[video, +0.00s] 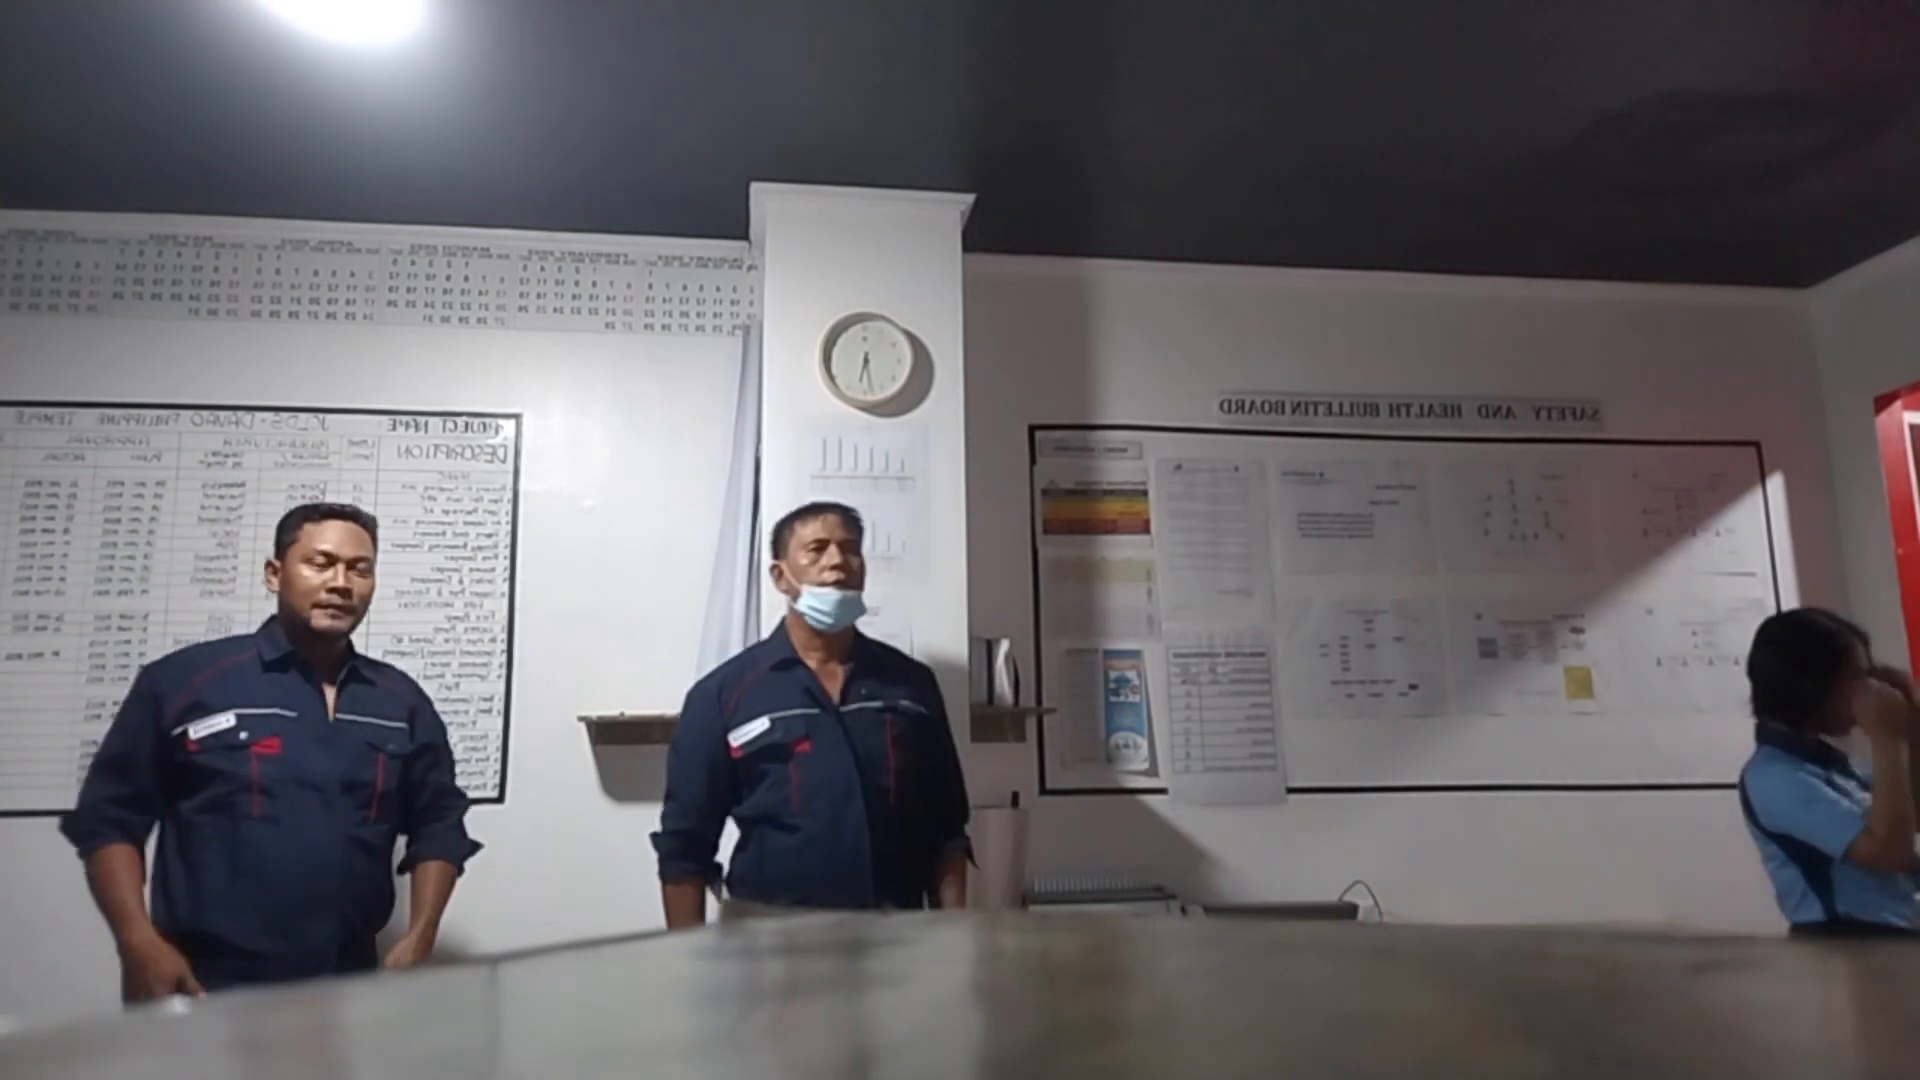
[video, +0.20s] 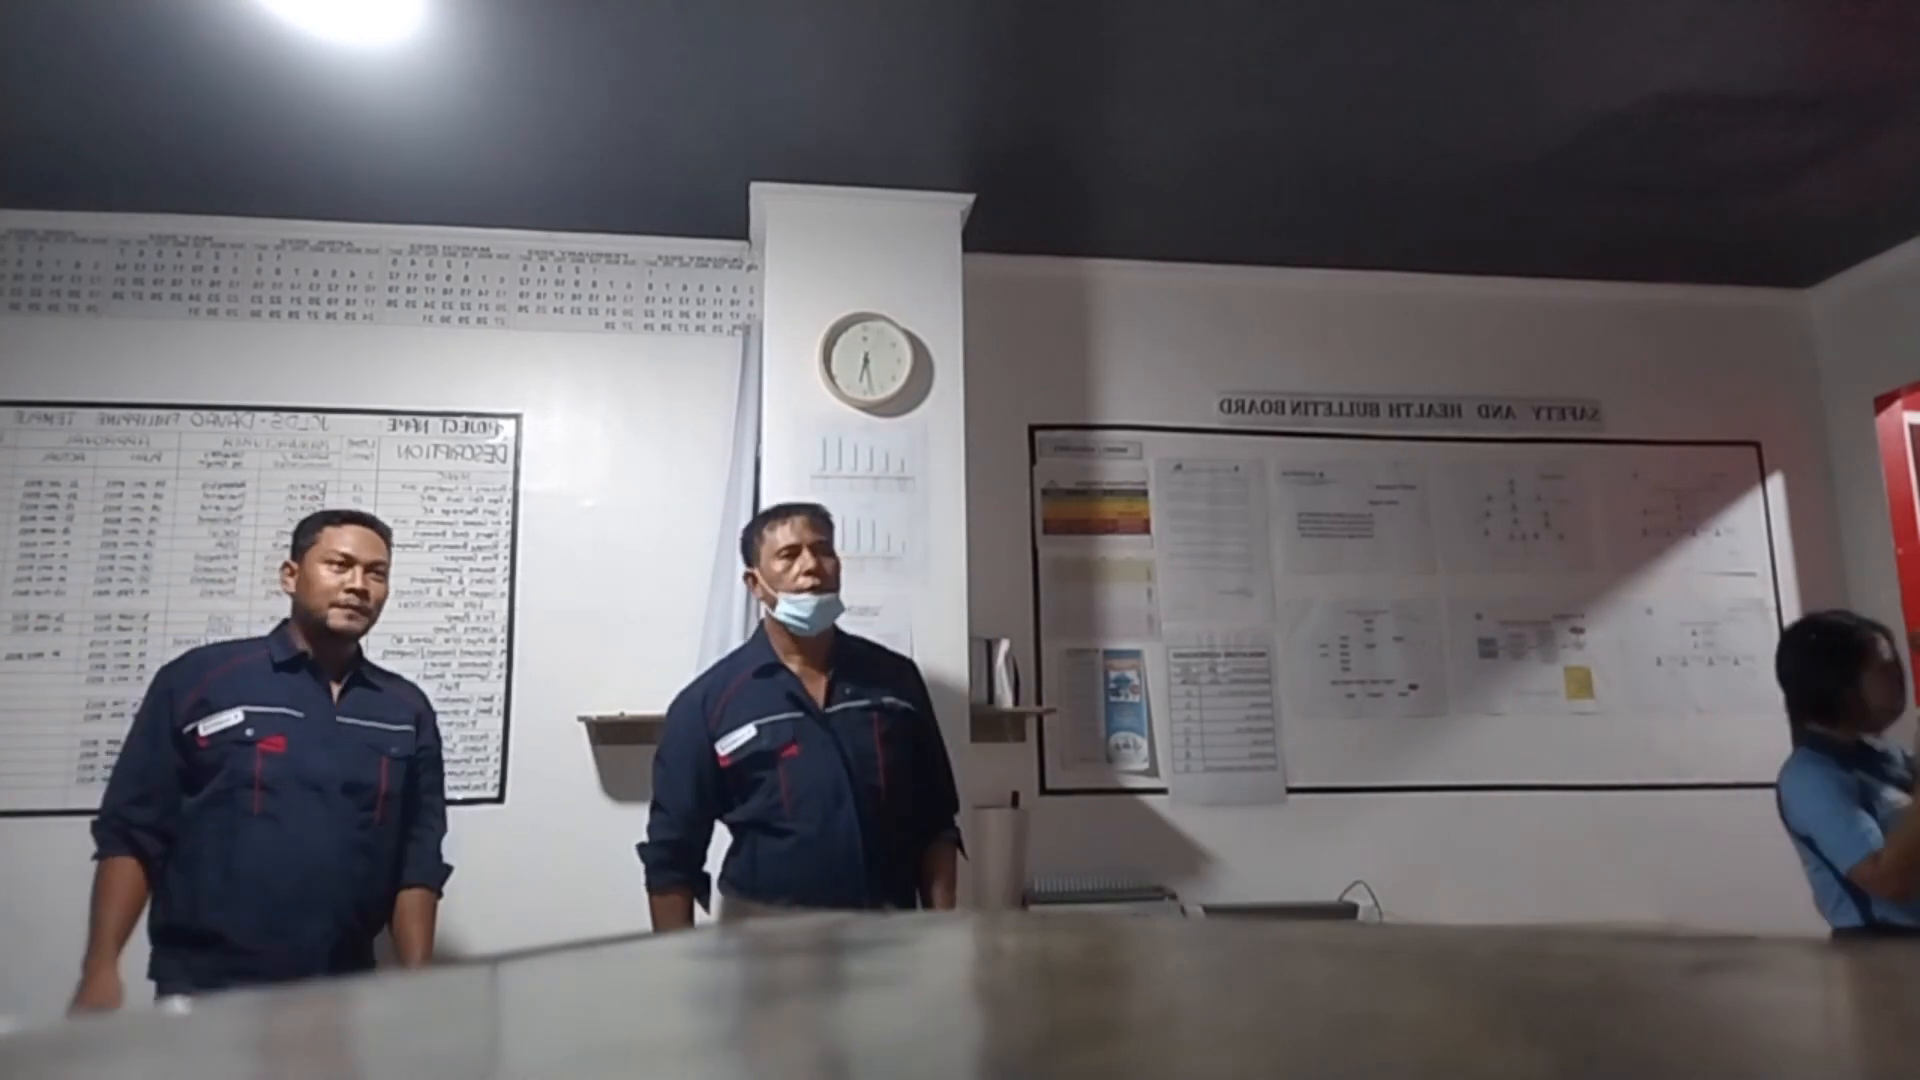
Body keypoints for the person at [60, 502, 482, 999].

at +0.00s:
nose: (342, 582)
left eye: (359, 568)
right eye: (321, 563)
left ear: (373, 585)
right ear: (275, 575)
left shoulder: (403, 703)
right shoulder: (180, 685)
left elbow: (441, 826)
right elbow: (105, 819)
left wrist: (420, 937)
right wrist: (140, 943)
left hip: (343, 999)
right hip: (202, 1001)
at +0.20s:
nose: (358, 585)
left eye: (375, 572)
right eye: (338, 565)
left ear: (386, 592)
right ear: (291, 577)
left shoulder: (407, 711)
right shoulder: (195, 683)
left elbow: (417, 864)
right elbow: (132, 833)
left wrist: (415, 990)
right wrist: (101, 968)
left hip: (340, 1000)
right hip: (205, 999)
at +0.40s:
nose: (361, 581)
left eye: (376, 571)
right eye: (342, 562)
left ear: (385, 594)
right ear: (290, 573)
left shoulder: (398, 718)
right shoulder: (188, 680)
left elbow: (419, 872)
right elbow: (100, 832)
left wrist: (434, 991)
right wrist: (43, 968)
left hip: (330, 1001)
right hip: (196, 997)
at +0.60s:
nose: (329, 582)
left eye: (344, 572)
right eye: (308, 561)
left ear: (354, 594)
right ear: (256, 576)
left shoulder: (361, 720)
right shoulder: (153, 685)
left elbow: (385, 869)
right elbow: (73, 850)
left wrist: (426, 989)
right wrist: (8, 983)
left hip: (312, 1007)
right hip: (175, 1009)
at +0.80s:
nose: (276, 572)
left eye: (293, 559)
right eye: (254, 551)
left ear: (305, 585)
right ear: (202, 569)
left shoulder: (314, 705)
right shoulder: (97, 689)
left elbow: (332, 851)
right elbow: (20, 854)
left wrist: (360, 965)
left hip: (272, 1012)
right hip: (128, 1016)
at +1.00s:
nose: (226, 569)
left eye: (244, 554)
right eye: (202, 547)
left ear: (257, 575)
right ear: (148, 565)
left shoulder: (270, 702)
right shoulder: (48, 692)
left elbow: (282, 852)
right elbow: (5, 857)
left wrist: (303, 991)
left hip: (231, 1014)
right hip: (86, 1018)